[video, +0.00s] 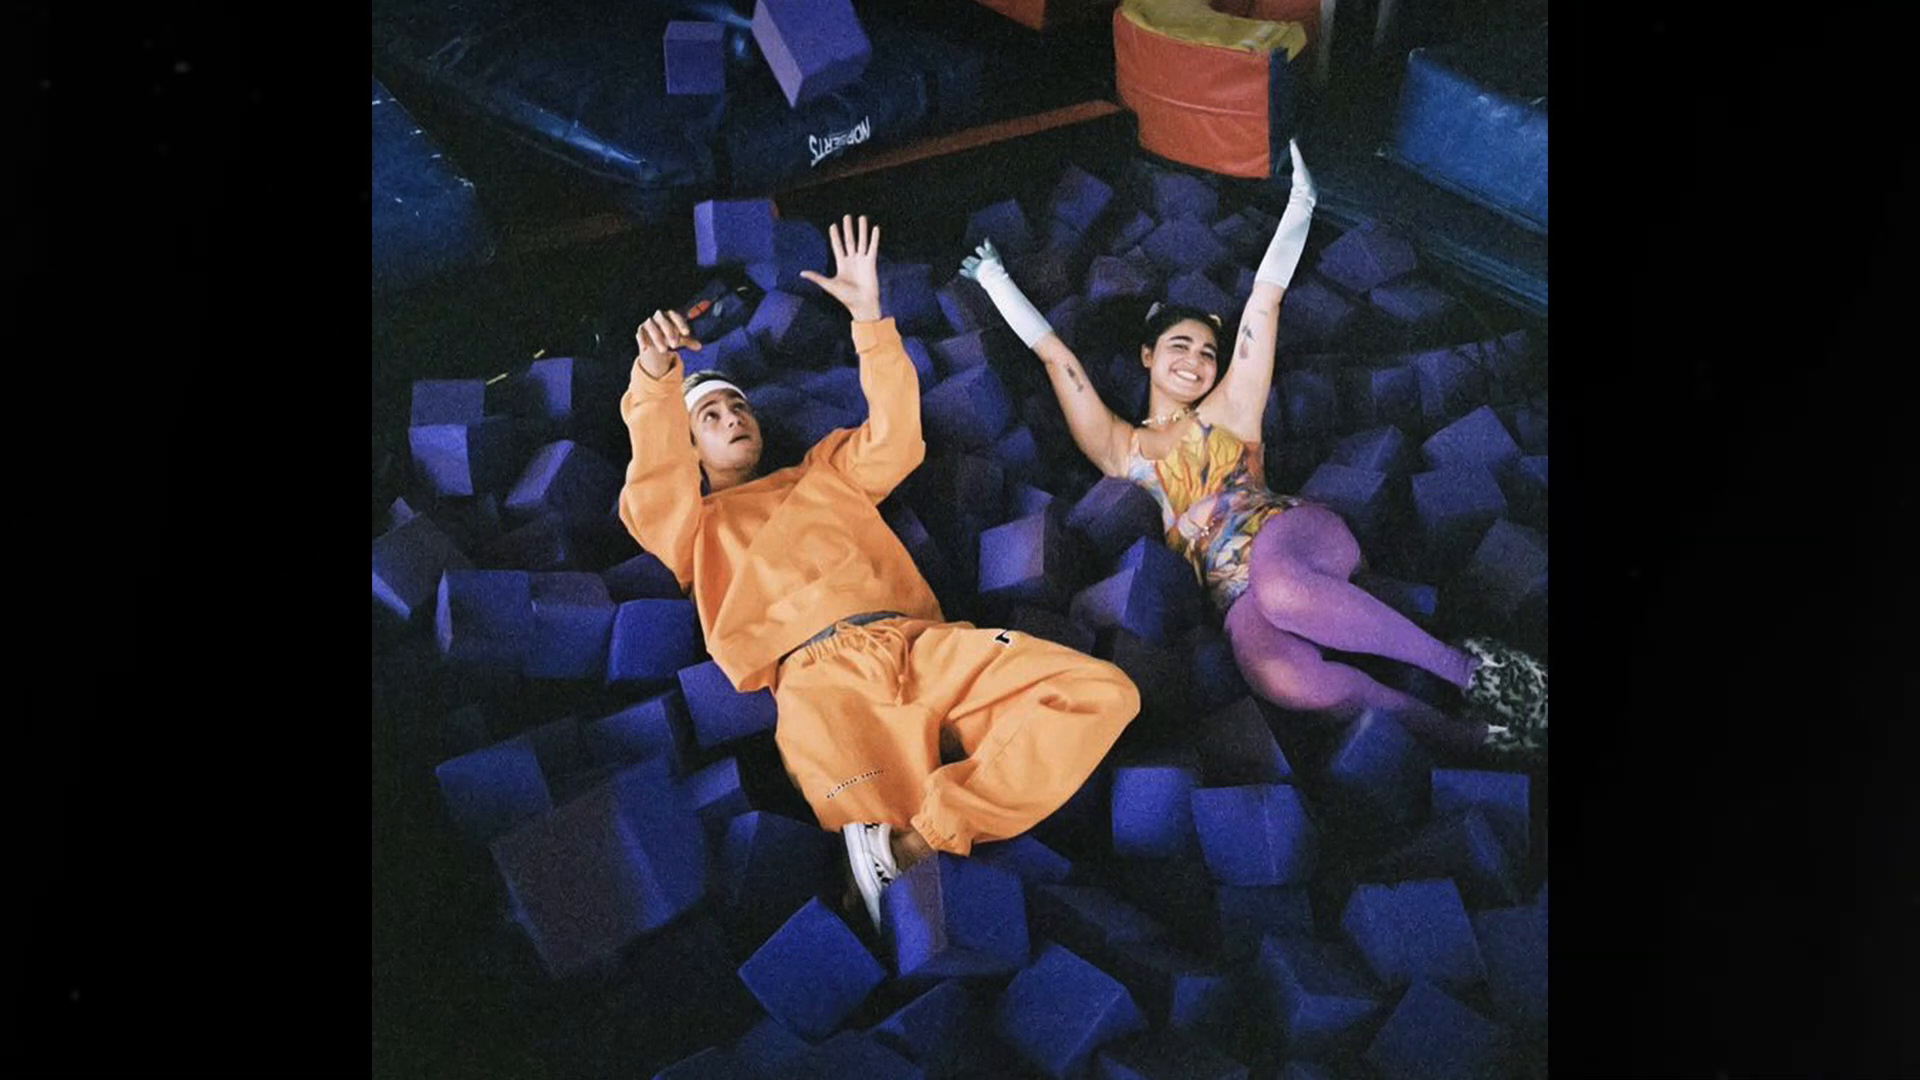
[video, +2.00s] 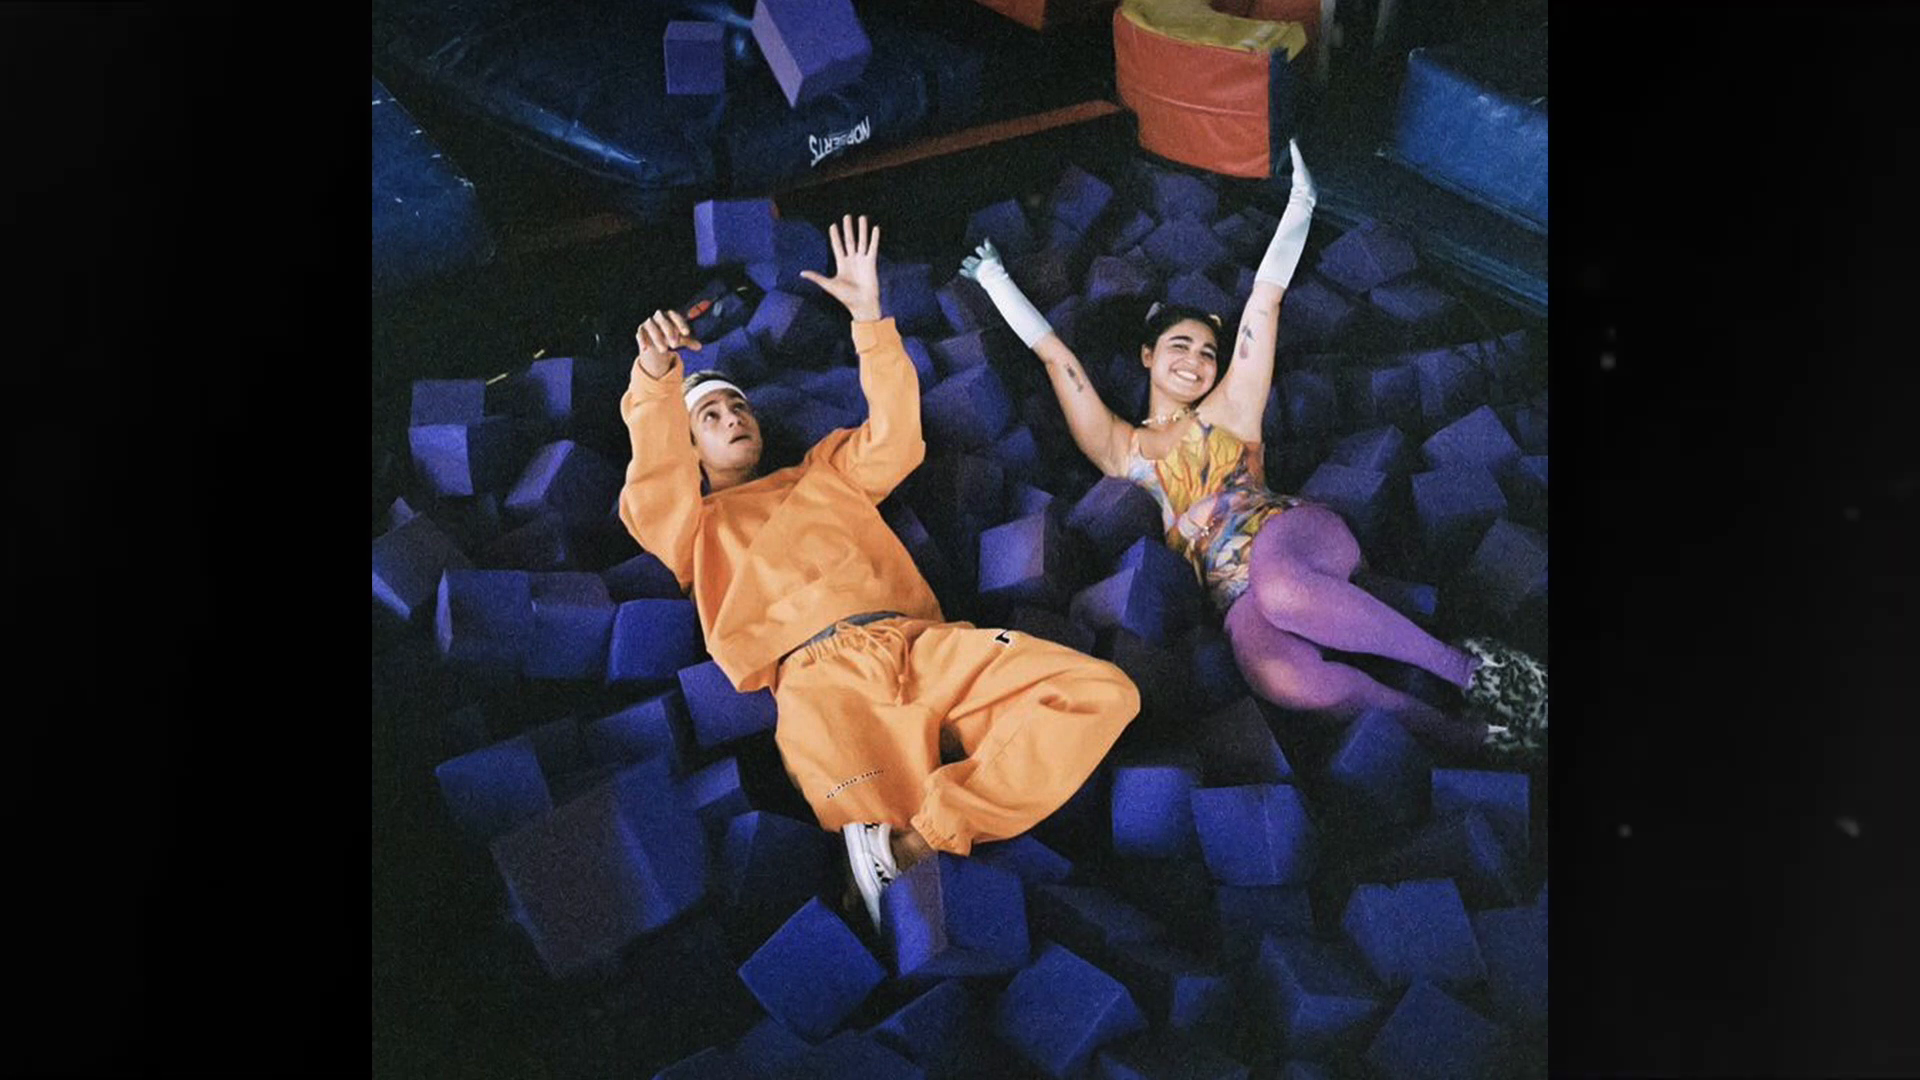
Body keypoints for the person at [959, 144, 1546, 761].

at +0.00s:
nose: (1191, 360)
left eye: (1205, 354)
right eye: (1176, 346)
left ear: (1216, 371)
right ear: (1145, 358)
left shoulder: (1230, 411)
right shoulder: (1122, 449)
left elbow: (1264, 305)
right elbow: (1058, 360)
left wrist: (1298, 209)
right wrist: (992, 278)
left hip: (1288, 530)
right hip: (1238, 596)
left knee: (1279, 592)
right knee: (1288, 681)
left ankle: (1472, 671)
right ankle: (1465, 736)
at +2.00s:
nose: (1191, 359)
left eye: (1205, 353)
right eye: (1177, 346)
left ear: (1217, 370)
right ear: (1145, 358)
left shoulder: (1230, 411)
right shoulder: (1123, 448)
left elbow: (1265, 304)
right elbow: (1057, 359)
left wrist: (1298, 209)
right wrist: (992, 278)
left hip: (1289, 531)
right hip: (1239, 598)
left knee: (1278, 592)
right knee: (1285, 679)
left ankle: (1471, 670)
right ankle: (1455, 728)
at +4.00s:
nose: (1191, 360)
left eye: (1205, 354)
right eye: (1177, 346)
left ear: (1217, 370)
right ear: (1145, 357)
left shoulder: (1230, 411)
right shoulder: (1122, 448)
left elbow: (1264, 305)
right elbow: (1058, 359)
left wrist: (1298, 209)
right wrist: (992, 278)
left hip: (1288, 531)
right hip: (1238, 596)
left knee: (1280, 593)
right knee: (1287, 680)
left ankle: (1472, 671)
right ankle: (1462, 733)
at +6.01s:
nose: (1190, 359)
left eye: (1204, 353)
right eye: (1176, 346)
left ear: (1216, 370)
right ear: (1145, 358)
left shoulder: (1230, 411)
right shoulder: (1122, 449)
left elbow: (1264, 304)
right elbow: (1057, 359)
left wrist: (1299, 209)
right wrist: (992, 277)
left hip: (1288, 531)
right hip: (1238, 596)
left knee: (1279, 593)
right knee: (1286, 680)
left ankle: (1471, 671)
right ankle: (1462, 733)